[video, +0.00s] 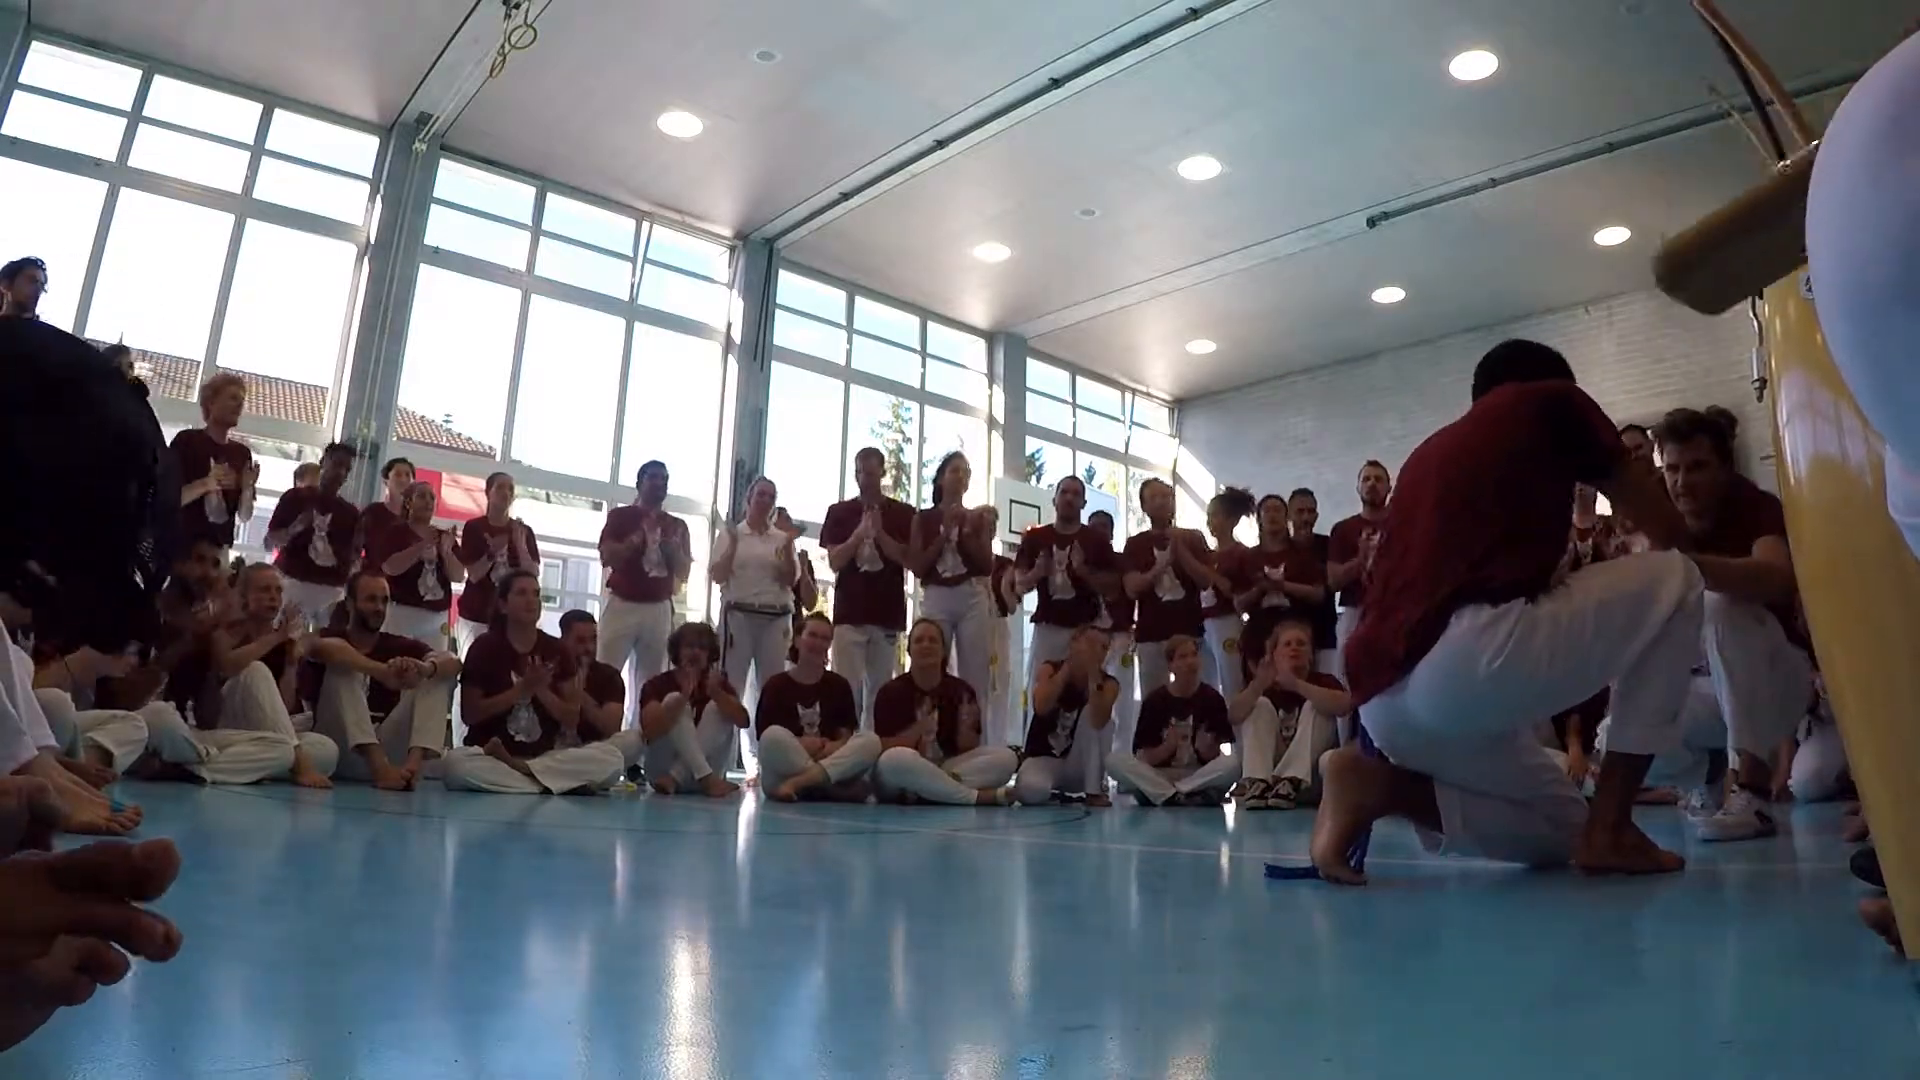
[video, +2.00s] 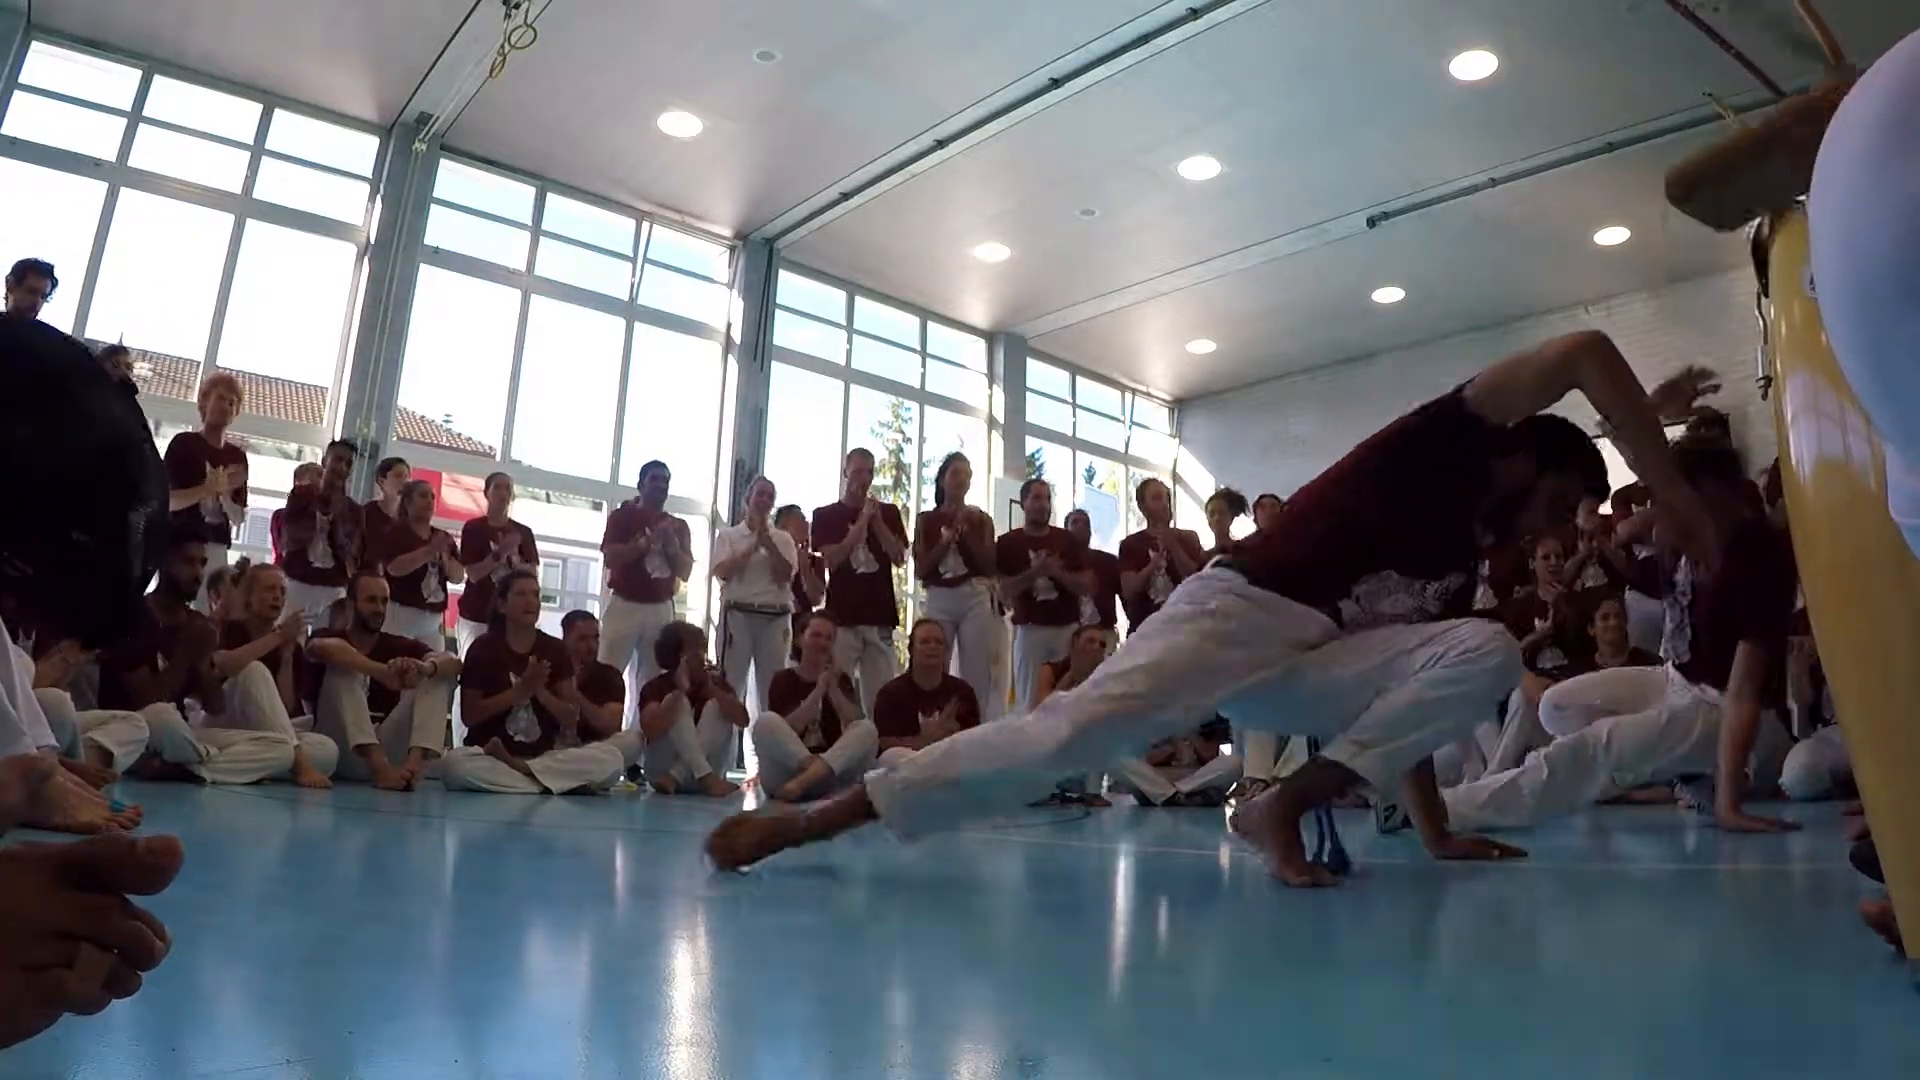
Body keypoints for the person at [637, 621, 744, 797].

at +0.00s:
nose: (695, 652)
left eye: (702, 648)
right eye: (689, 646)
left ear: (711, 654)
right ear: (676, 652)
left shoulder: (718, 682)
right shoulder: (656, 684)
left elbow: (743, 721)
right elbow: (650, 731)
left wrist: (716, 693)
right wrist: (683, 696)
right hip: (664, 771)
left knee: (719, 706)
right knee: (674, 701)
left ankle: (674, 777)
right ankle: (707, 778)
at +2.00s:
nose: (702, 655)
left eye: (703, 648)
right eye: (695, 649)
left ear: (706, 649)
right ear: (678, 655)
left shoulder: (716, 682)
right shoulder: (654, 687)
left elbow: (743, 720)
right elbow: (650, 730)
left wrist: (711, 690)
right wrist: (680, 691)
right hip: (664, 771)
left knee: (716, 706)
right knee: (676, 700)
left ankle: (675, 776)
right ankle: (707, 776)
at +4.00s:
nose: (687, 651)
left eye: (689, 643)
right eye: (676, 648)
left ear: (695, 646)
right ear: (663, 657)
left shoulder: (715, 679)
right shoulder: (653, 688)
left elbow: (742, 719)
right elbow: (652, 729)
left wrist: (713, 691)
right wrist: (689, 696)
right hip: (664, 772)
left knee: (716, 705)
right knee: (676, 700)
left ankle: (677, 776)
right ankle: (706, 776)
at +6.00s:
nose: (686, 652)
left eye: (689, 645)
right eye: (677, 648)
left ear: (698, 647)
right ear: (666, 656)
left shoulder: (716, 680)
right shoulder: (655, 686)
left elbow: (742, 719)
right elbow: (652, 729)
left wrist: (712, 688)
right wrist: (688, 701)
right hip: (664, 771)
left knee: (719, 704)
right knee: (678, 699)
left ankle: (678, 776)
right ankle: (708, 776)